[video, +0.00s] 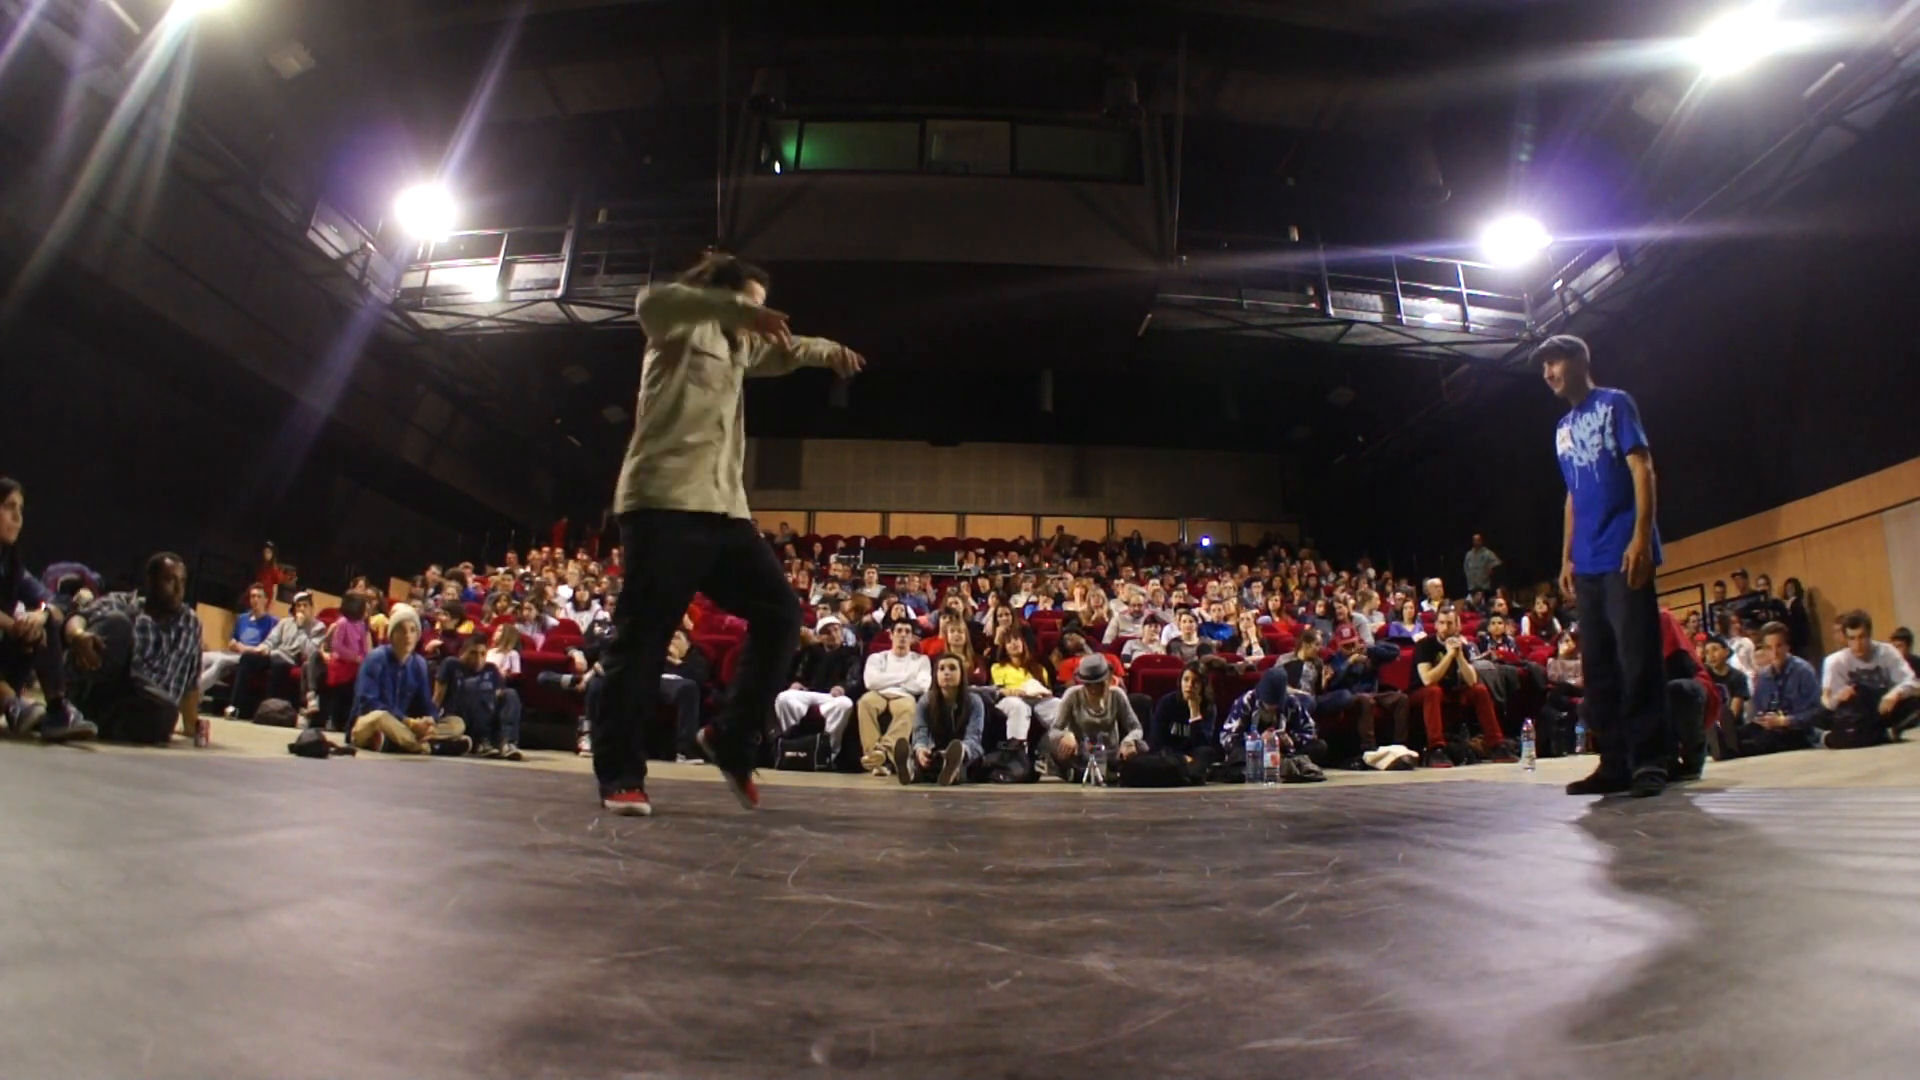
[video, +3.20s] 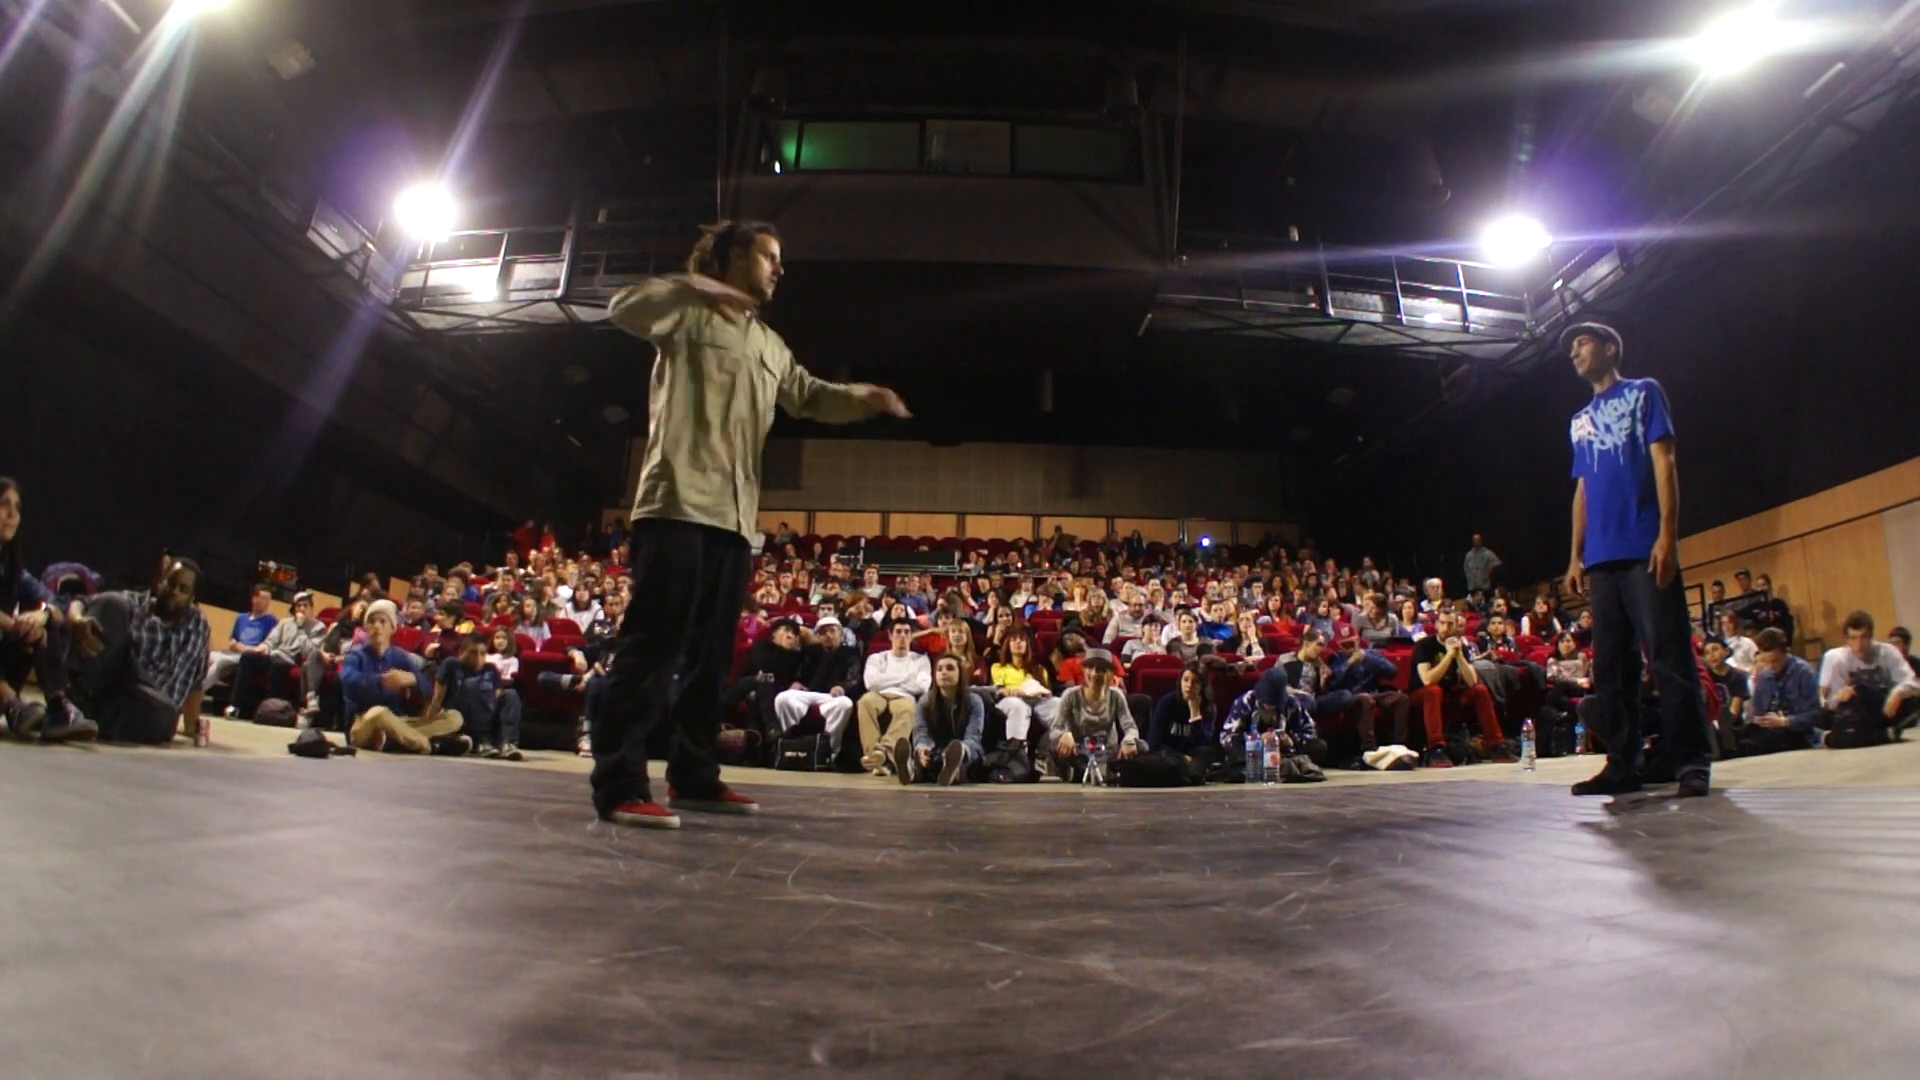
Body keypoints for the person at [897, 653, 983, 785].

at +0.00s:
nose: (947, 673)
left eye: (952, 668)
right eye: (942, 668)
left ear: (961, 673)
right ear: (936, 674)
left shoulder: (974, 701)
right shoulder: (925, 701)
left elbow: (974, 738)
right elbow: (920, 731)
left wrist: (961, 751)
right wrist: (920, 748)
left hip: (962, 751)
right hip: (933, 750)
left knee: (955, 762)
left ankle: (949, 773)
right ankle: (910, 768)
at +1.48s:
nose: (946, 673)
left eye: (951, 669)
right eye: (941, 670)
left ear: (961, 674)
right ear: (935, 675)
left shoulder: (974, 701)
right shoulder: (925, 702)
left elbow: (974, 737)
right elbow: (922, 735)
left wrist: (962, 751)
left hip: (963, 749)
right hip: (935, 749)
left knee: (956, 762)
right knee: (927, 759)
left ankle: (949, 773)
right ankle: (912, 768)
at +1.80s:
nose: (946, 674)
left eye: (951, 669)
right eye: (941, 670)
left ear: (961, 674)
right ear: (935, 675)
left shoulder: (974, 701)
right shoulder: (925, 701)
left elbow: (973, 737)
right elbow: (925, 738)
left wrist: (962, 752)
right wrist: (940, 749)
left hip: (964, 748)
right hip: (936, 750)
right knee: (927, 761)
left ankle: (949, 773)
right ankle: (912, 768)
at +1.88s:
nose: (946, 674)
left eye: (952, 669)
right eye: (941, 670)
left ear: (961, 674)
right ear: (935, 675)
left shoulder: (974, 701)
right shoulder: (926, 700)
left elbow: (973, 738)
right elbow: (923, 733)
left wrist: (962, 752)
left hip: (964, 750)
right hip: (935, 750)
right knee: (926, 761)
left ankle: (950, 772)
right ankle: (911, 769)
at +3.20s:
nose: (944, 673)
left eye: (950, 668)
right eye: (939, 669)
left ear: (960, 674)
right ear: (935, 675)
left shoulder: (974, 701)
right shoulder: (925, 701)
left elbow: (974, 736)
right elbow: (921, 730)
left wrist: (962, 750)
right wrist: (922, 747)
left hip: (963, 748)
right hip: (935, 749)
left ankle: (949, 773)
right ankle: (912, 768)